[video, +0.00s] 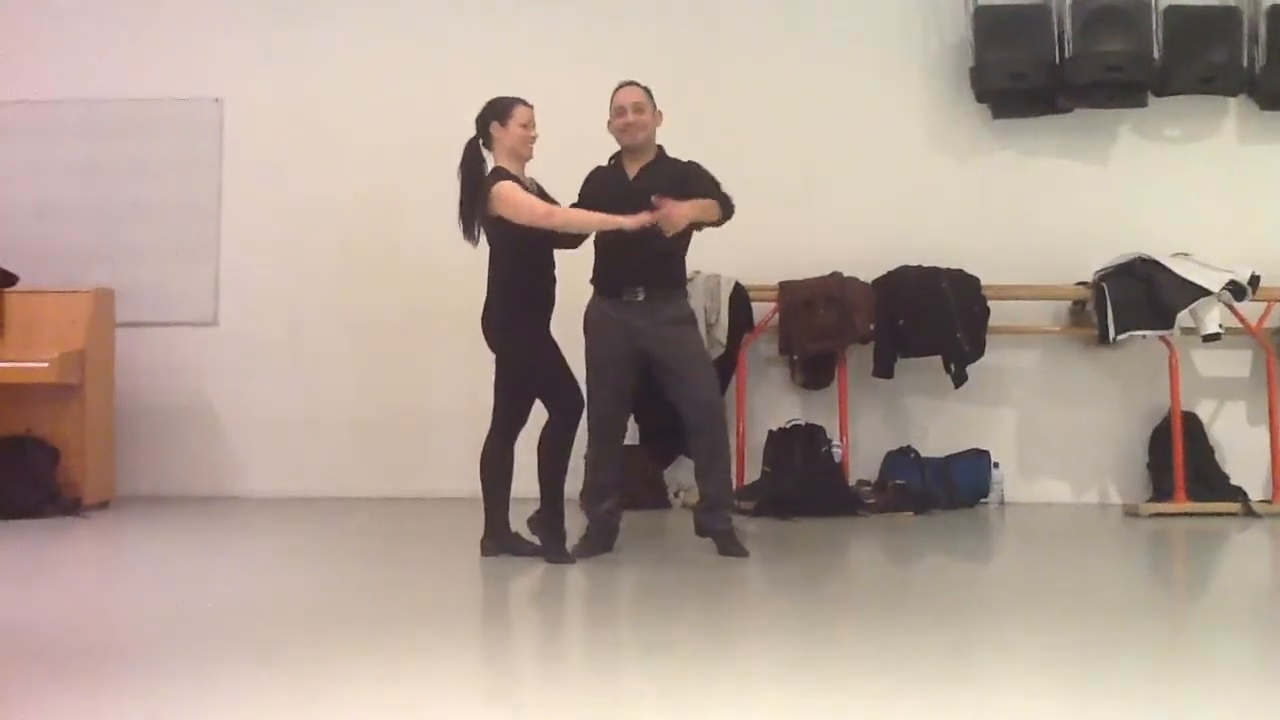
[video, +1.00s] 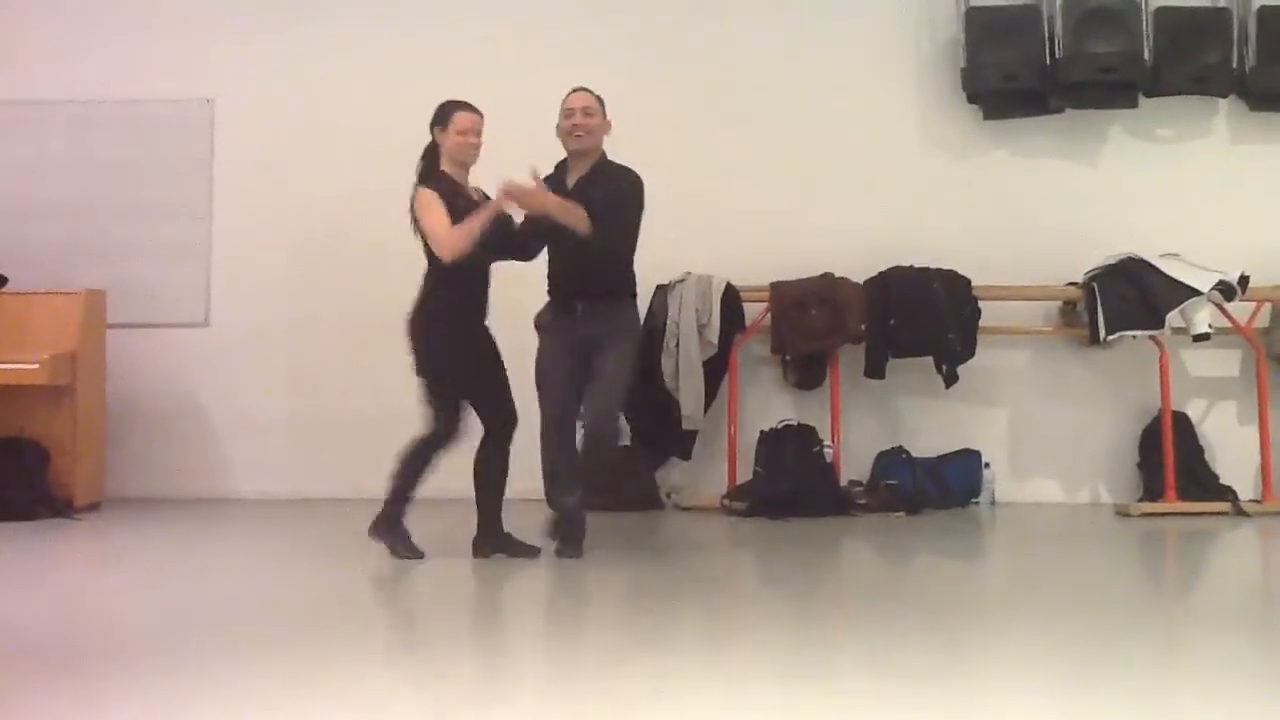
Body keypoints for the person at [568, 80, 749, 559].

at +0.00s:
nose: (628, 118)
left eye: (638, 110)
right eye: (619, 112)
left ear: (657, 118)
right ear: (609, 124)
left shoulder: (684, 174)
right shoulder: (598, 182)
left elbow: (723, 208)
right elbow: (570, 235)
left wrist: (688, 211)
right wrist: (523, 224)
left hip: (669, 314)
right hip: (610, 315)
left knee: (706, 407)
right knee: (605, 419)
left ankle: (717, 519)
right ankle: (601, 525)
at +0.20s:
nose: (623, 114)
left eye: (633, 106)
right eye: (615, 109)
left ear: (653, 115)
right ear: (605, 122)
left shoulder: (680, 169)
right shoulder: (599, 178)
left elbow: (734, 196)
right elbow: (565, 227)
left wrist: (692, 173)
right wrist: (515, 220)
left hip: (670, 314)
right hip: (609, 316)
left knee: (706, 408)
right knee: (597, 419)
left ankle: (713, 519)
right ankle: (594, 522)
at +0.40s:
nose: (611, 112)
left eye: (621, 104)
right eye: (602, 107)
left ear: (642, 113)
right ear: (593, 120)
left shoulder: (669, 169)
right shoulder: (588, 178)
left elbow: (719, 187)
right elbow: (546, 213)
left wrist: (678, 140)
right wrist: (501, 207)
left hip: (664, 313)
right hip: (604, 315)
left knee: (697, 409)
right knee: (589, 417)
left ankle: (706, 518)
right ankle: (575, 526)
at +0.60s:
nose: (593, 117)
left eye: (604, 109)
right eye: (585, 110)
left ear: (623, 120)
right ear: (574, 122)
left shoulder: (643, 180)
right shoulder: (559, 181)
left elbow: (689, 240)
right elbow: (519, 216)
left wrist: (673, 210)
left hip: (642, 315)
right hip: (585, 319)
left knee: (679, 415)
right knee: (572, 419)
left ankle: (718, 519)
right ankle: (572, 529)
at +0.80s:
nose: (581, 119)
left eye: (592, 112)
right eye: (573, 112)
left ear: (611, 123)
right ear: (563, 124)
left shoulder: (635, 188)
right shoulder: (554, 181)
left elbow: (648, 260)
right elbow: (521, 226)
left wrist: (595, 268)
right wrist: (480, 203)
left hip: (621, 316)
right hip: (567, 318)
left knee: (641, 406)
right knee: (562, 419)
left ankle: (692, 487)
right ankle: (571, 523)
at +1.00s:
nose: (576, 120)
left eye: (587, 113)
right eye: (568, 114)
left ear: (606, 126)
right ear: (558, 128)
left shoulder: (625, 183)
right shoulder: (550, 187)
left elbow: (615, 241)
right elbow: (525, 245)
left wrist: (548, 206)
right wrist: (484, 228)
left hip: (615, 319)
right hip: (562, 319)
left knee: (600, 415)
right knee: (556, 417)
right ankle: (567, 519)